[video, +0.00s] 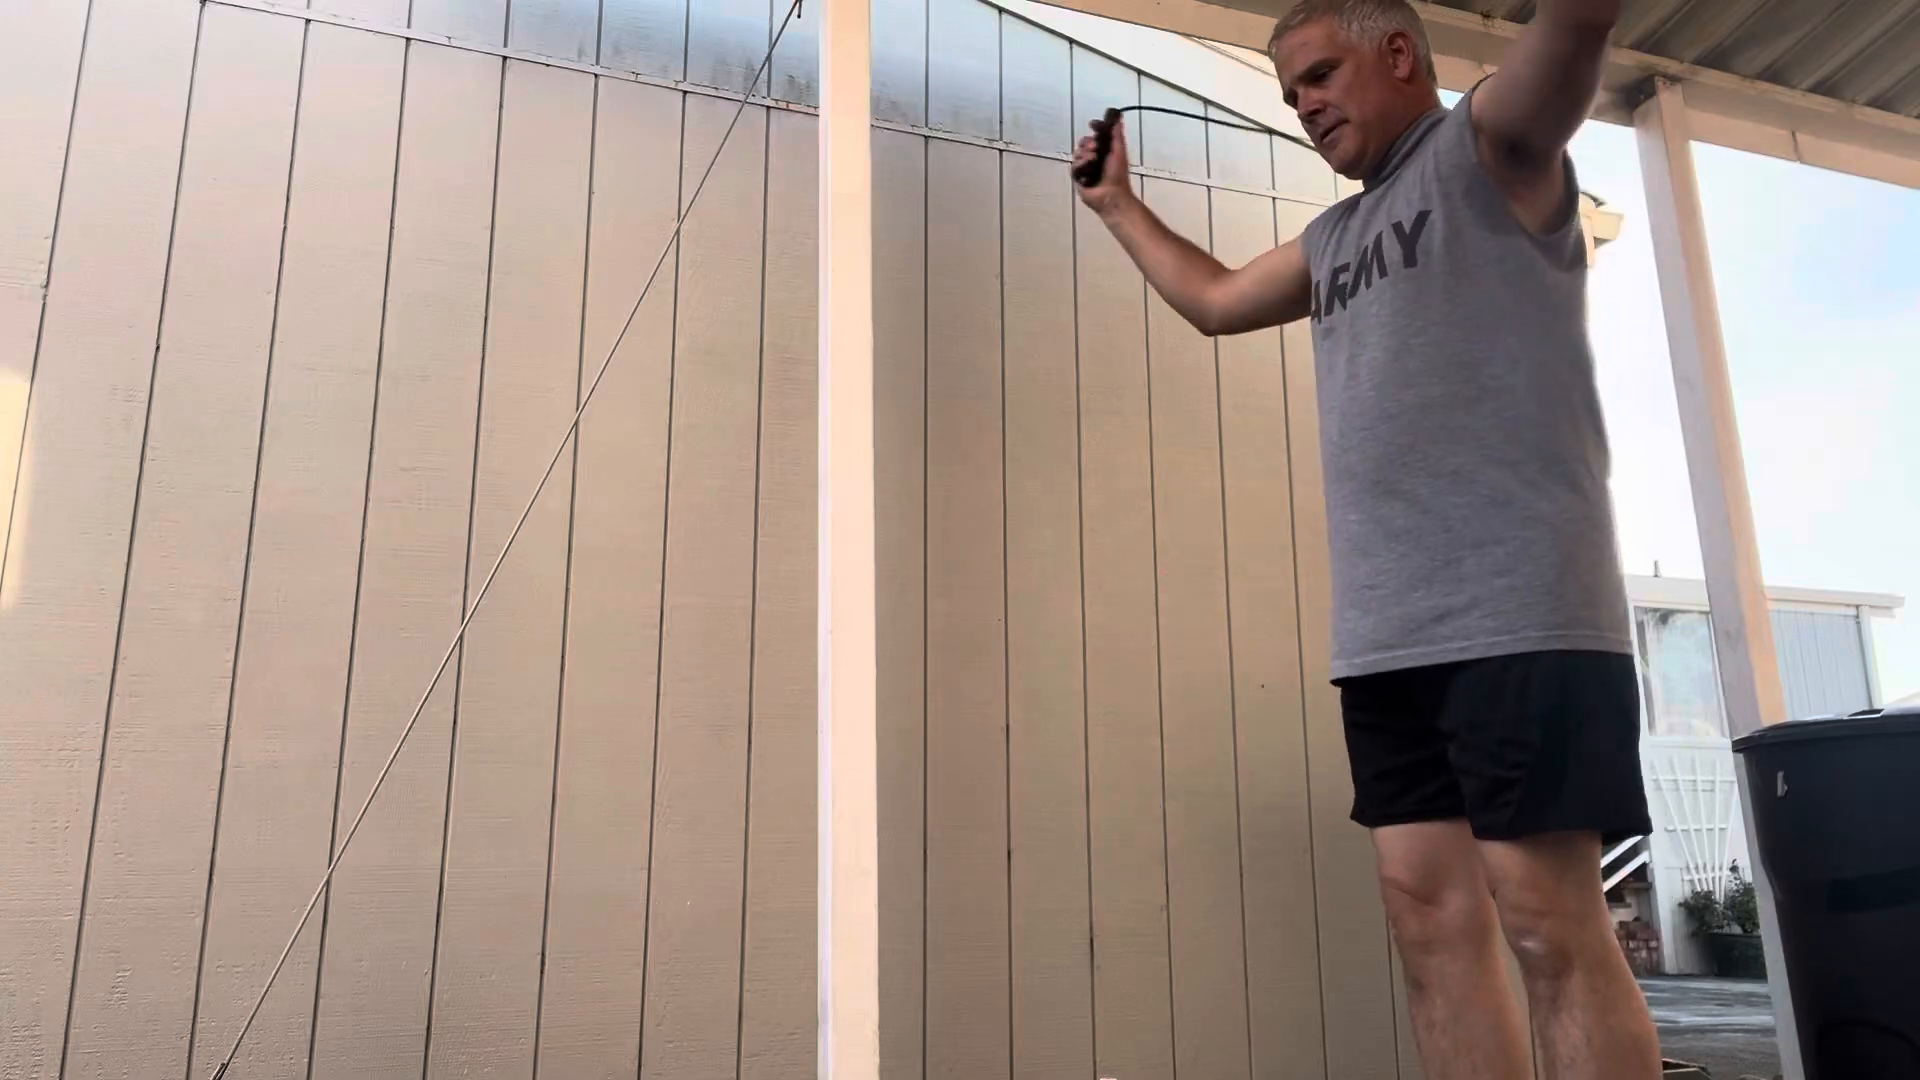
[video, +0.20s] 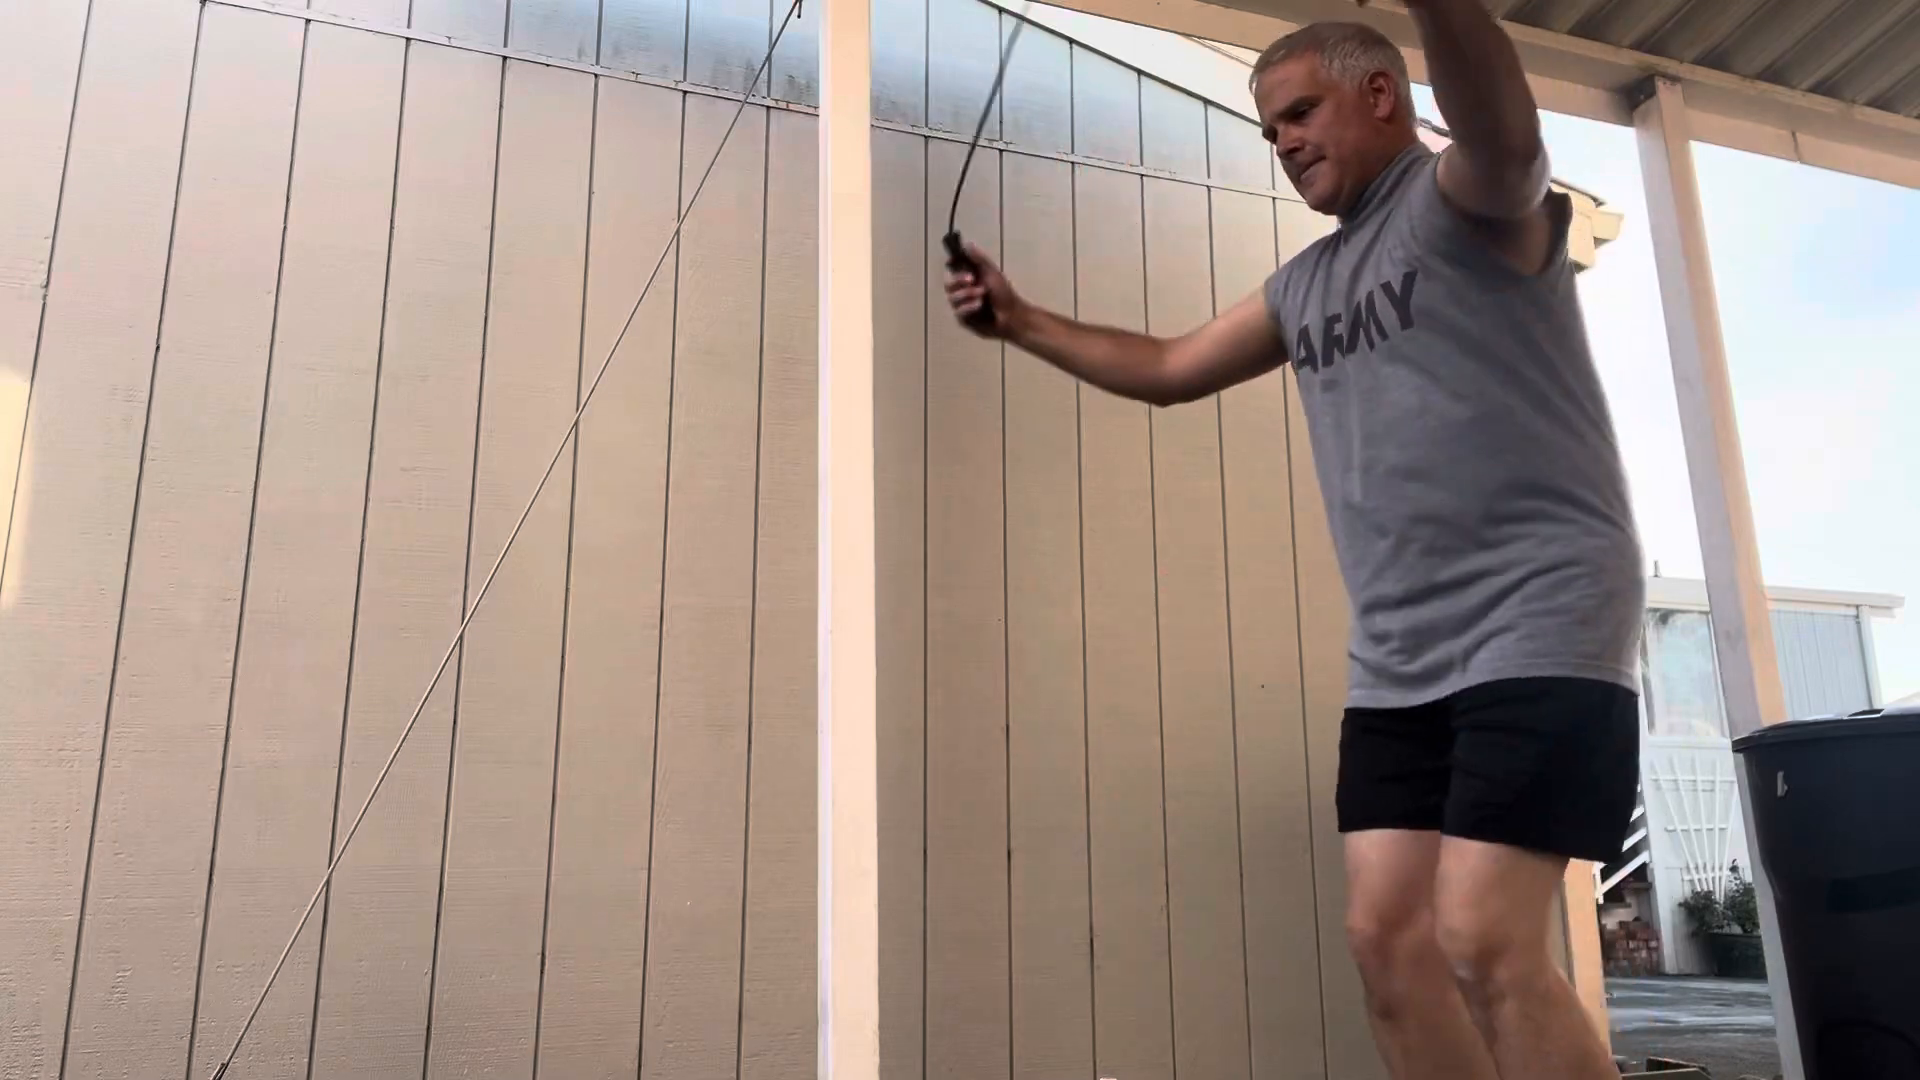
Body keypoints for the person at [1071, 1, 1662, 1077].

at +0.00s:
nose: (1306, 106)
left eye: (1322, 74)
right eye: (1292, 92)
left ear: (1401, 55)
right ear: (1292, 108)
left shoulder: (1491, 144)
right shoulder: (1332, 239)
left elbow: (1575, 24)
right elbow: (1214, 299)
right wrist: (1116, 201)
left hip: (1525, 603)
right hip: (1382, 623)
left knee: (1550, 918)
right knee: (1425, 909)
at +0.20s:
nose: (1284, 145)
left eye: (1299, 113)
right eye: (1271, 130)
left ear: (1384, 93)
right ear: (1278, 148)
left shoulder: (1471, 198)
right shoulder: (1306, 283)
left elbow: (1499, 135)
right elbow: (1166, 368)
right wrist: (1017, 319)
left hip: (1541, 605)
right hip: (1397, 636)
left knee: (1490, 940)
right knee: (1389, 939)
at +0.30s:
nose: (1283, 167)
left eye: (1301, 138)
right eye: (1270, 153)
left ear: (1378, 127)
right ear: (1274, 171)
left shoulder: (1460, 237)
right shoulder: (1303, 323)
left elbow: (1519, 253)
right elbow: (1180, 440)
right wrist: (1015, 445)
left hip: (1537, 621)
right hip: (1390, 656)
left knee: (1449, 963)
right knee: (1353, 966)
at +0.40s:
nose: (1275, 96)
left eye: (1290, 65)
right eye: (1263, 85)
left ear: (1371, 47)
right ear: (1262, 102)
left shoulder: (1465, 149)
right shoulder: (1302, 259)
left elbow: (1540, 257)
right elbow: (1234, 437)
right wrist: (1092, 535)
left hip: (1509, 583)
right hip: (1363, 615)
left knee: (1501, 916)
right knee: (1386, 920)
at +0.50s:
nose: (1250, 15)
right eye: (1241, 7)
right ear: (1257, 26)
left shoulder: (1446, 60)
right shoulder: (1281, 186)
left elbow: (1567, 205)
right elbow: (1294, 375)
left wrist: (1739, 321)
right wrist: (1223, 512)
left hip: (1488, 479)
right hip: (1344, 520)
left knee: (1449, 809)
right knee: (1368, 818)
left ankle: (1550, 1074)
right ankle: (1472, 1073)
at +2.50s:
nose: (1227, 62)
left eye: (1251, 36)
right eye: (1221, 49)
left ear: (1333, 44)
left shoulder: (1402, 155)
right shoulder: (1255, 261)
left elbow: (1533, 278)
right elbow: (1262, 459)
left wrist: (1632, 391)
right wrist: (1115, 528)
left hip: (1426, 607)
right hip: (1296, 633)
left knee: (1412, 936)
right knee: (1306, 927)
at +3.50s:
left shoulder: (1450, 45)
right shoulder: (1286, 159)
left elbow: (1578, 172)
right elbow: (1294, 362)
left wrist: (1754, 258)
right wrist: (1197, 502)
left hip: (1453, 484)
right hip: (1321, 514)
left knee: (1464, 827)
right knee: (1377, 833)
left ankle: (1551, 1071)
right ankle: (1457, 1070)